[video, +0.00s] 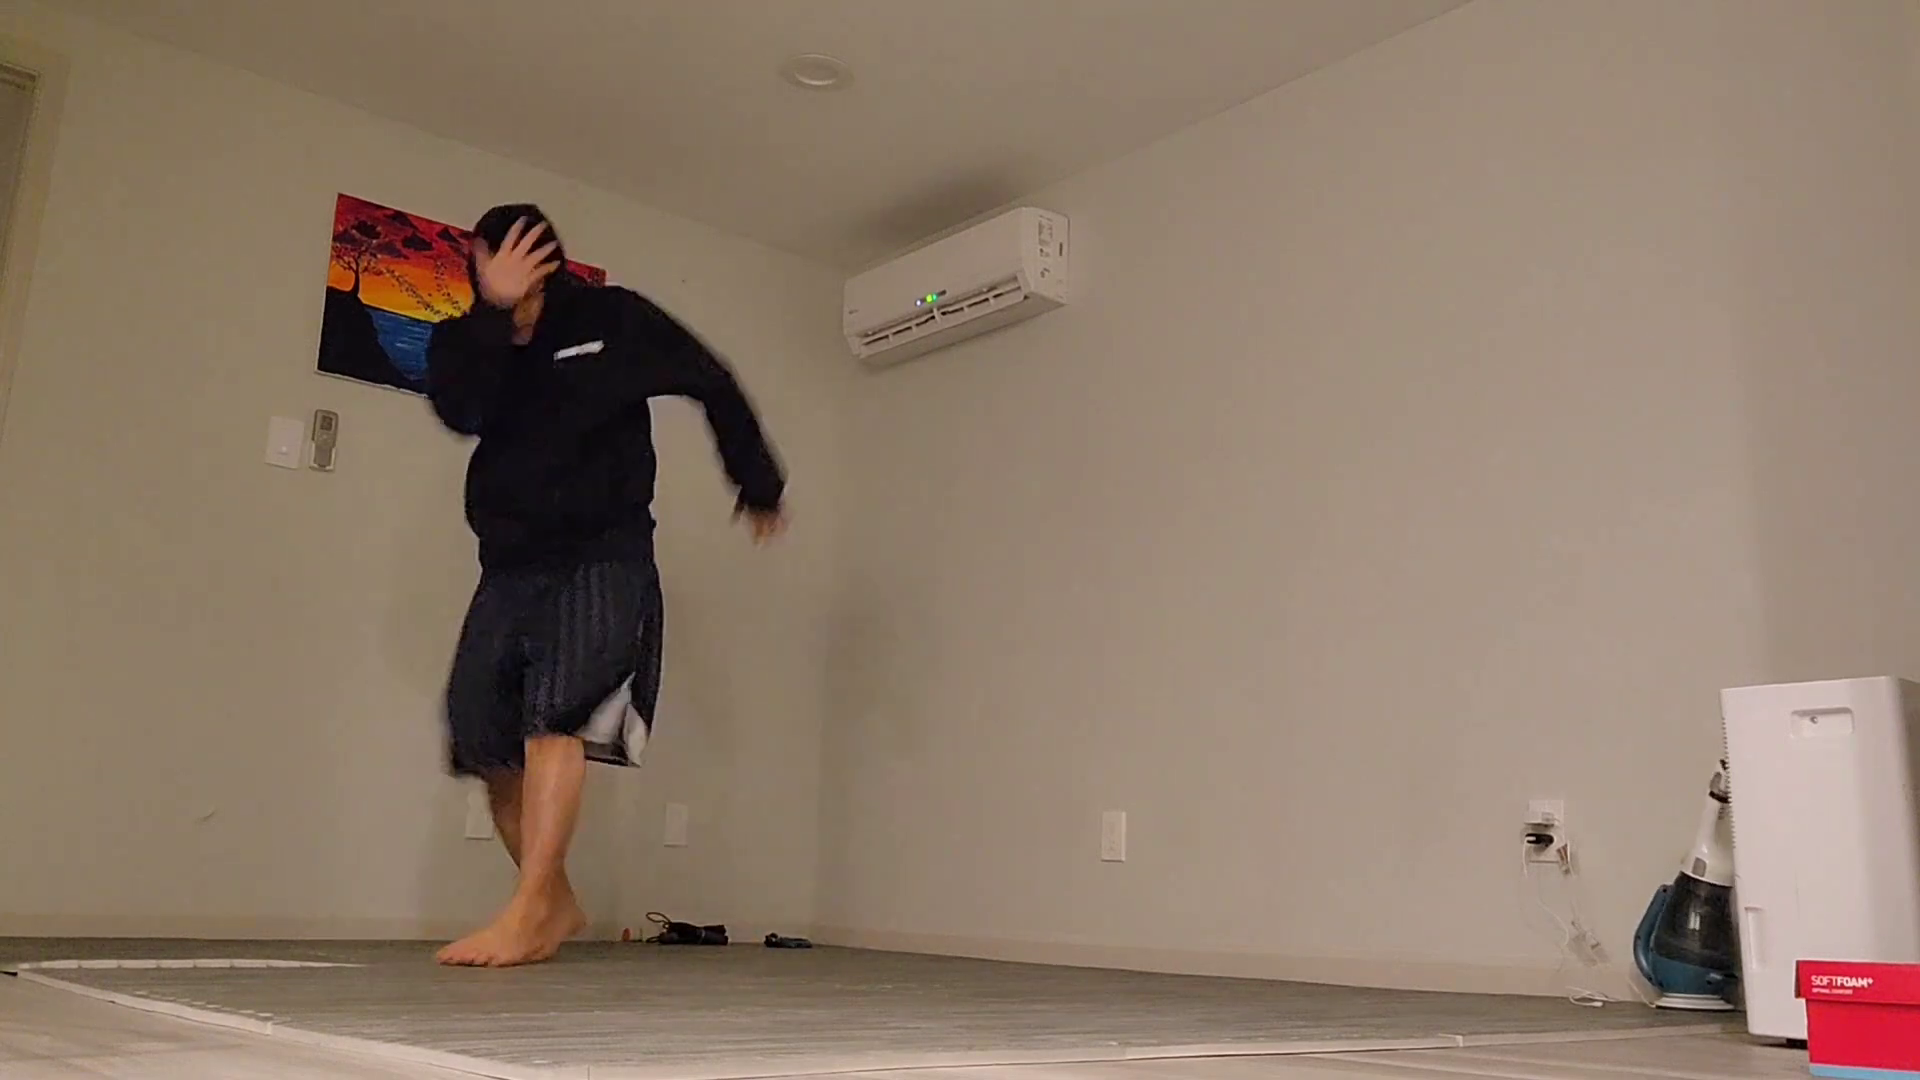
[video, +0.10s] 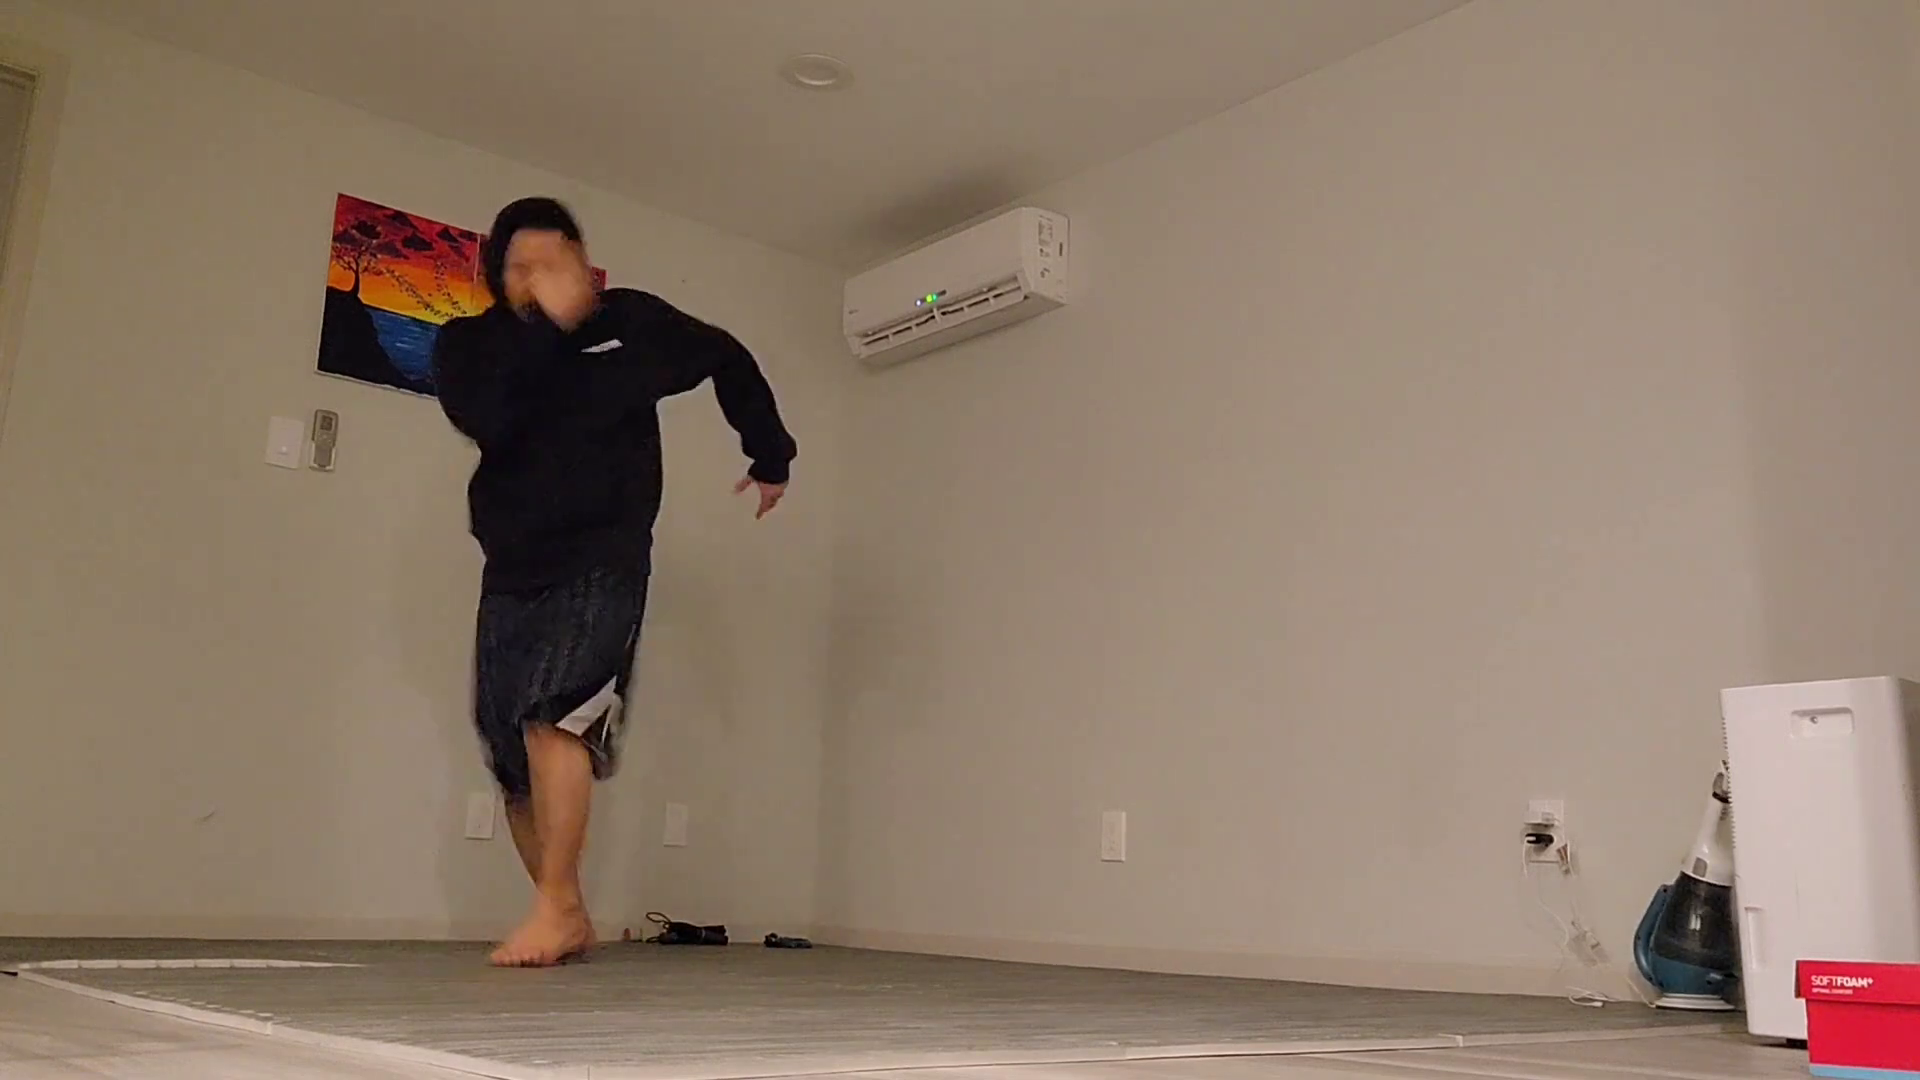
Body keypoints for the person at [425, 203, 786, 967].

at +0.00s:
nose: (500, 307)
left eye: (514, 292)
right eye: (487, 291)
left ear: (546, 271)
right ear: (479, 281)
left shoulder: (615, 319)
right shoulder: (473, 338)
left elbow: (712, 380)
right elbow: (461, 413)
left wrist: (759, 481)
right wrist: (491, 307)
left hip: (600, 560)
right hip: (511, 567)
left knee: (555, 720)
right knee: (486, 737)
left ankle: (529, 914)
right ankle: (553, 901)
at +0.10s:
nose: (545, 281)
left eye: (557, 262)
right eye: (525, 270)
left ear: (586, 264)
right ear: (501, 285)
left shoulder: (632, 323)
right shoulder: (473, 342)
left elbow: (726, 357)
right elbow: (479, 415)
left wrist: (770, 451)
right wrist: (548, 320)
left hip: (605, 552)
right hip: (515, 562)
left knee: (555, 719)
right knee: (513, 753)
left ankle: (557, 910)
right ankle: (562, 910)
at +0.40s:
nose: (614, 240)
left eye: (627, 228)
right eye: (600, 222)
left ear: (638, 239)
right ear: (565, 224)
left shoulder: (653, 323)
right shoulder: (494, 308)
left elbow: (690, 427)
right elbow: (391, 378)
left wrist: (615, 465)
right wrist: (387, 450)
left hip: (608, 558)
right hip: (506, 543)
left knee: (586, 746)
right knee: (506, 675)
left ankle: (533, 920)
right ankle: (514, 843)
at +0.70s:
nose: (611, 242)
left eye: (625, 232)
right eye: (598, 223)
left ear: (634, 245)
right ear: (563, 224)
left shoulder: (648, 318)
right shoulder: (496, 303)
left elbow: (648, 413)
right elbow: (384, 371)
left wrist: (621, 479)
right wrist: (449, 410)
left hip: (604, 563)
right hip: (503, 549)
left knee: (600, 753)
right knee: (485, 730)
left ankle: (517, 905)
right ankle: (462, 921)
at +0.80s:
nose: (574, 227)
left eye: (591, 215)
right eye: (559, 210)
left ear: (605, 227)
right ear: (529, 217)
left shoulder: (639, 315)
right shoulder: (477, 312)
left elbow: (683, 437)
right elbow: (453, 432)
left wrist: (723, 553)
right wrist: (565, 444)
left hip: (616, 566)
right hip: (504, 562)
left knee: (645, 723)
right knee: (473, 741)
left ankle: (578, 894)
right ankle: (465, 927)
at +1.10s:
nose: (647, 271)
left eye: (658, 259)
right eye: (637, 251)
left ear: (661, 268)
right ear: (590, 246)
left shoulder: (665, 344)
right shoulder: (504, 344)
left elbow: (715, 410)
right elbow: (388, 424)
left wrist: (765, 450)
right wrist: (301, 522)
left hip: (662, 598)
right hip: (545, 601)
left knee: (725, 772)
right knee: (508, 770)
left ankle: (748, 936)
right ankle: (481, 927)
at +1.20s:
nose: (647, 248)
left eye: (657, 234)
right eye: (634, 228)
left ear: (663, 243)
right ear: (588, 226)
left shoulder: (665, 329)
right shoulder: (508, 319)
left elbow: (716, 420)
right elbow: (402, 403)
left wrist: (781, 498)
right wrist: (318, 501)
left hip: (663, 575)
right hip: (551, 574)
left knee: (713, 753)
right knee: (524, 759)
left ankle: (720, 926)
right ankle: (483, 925)